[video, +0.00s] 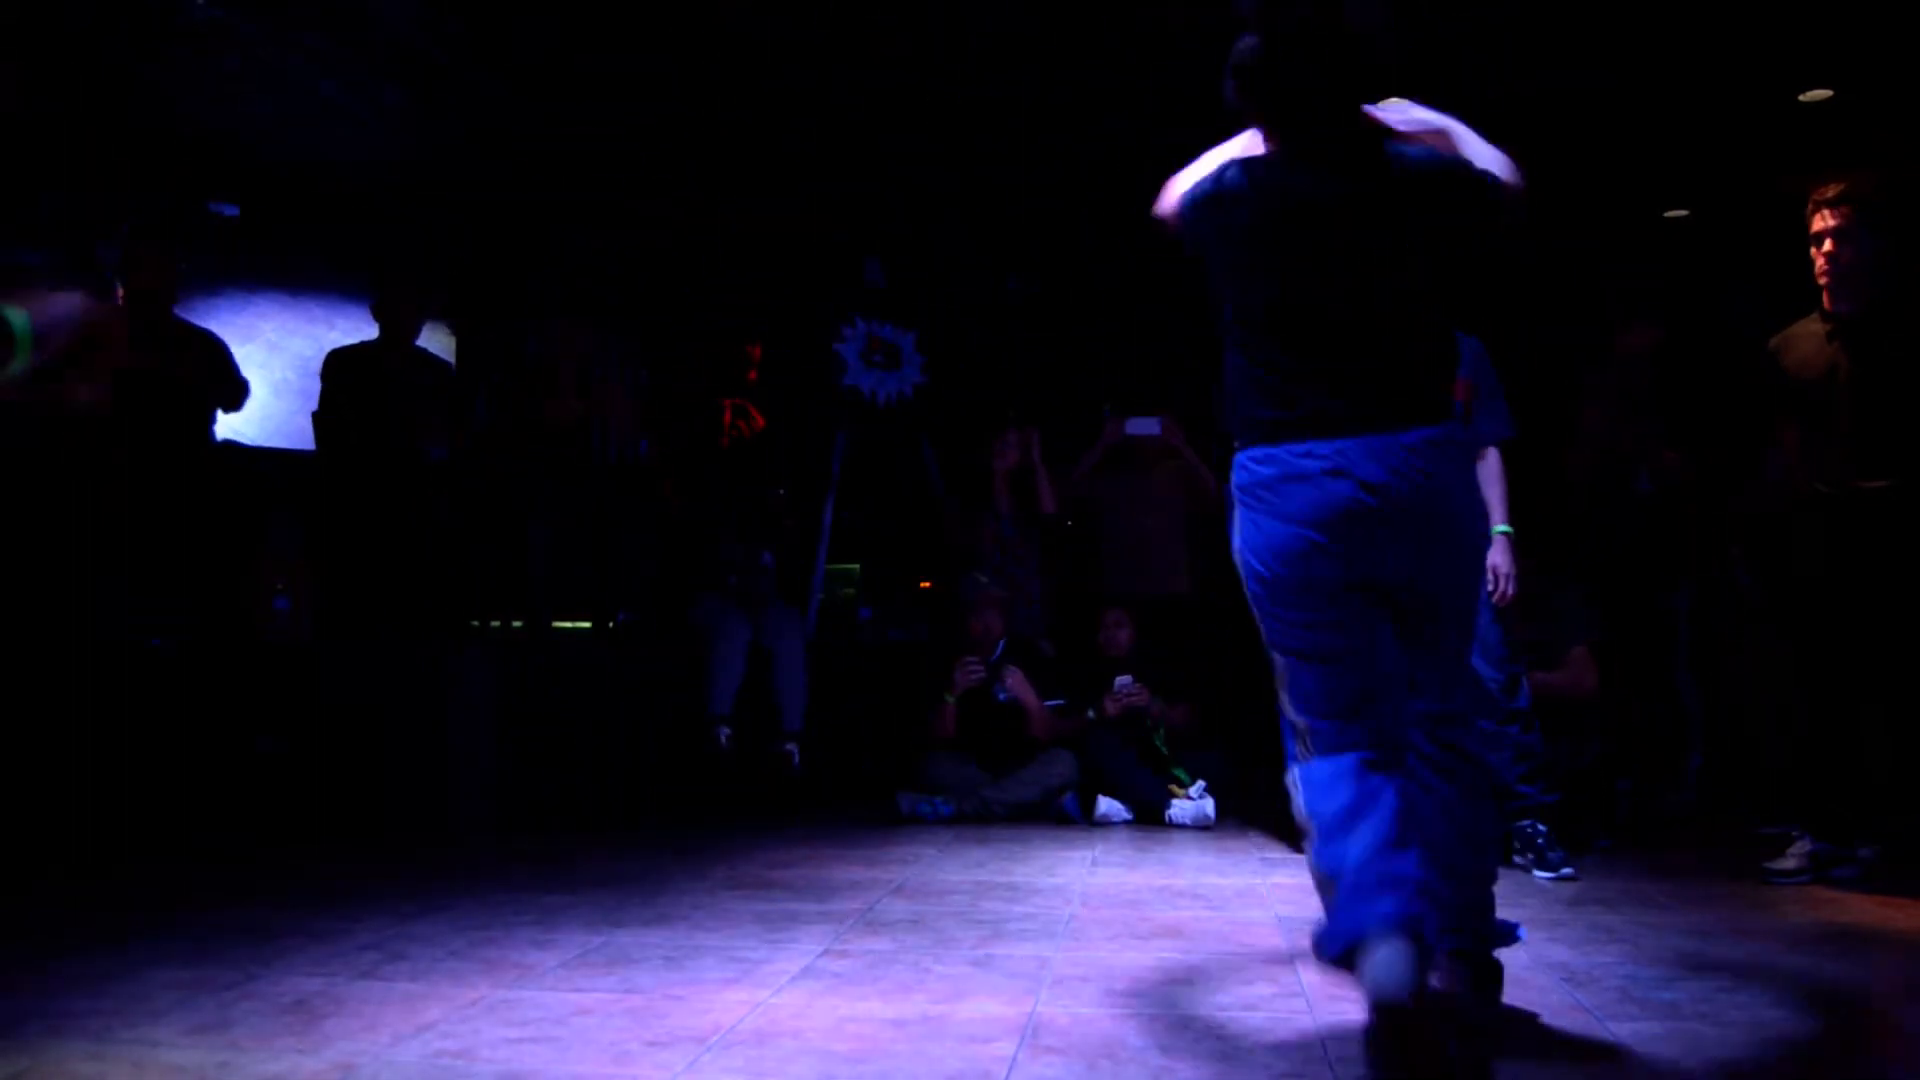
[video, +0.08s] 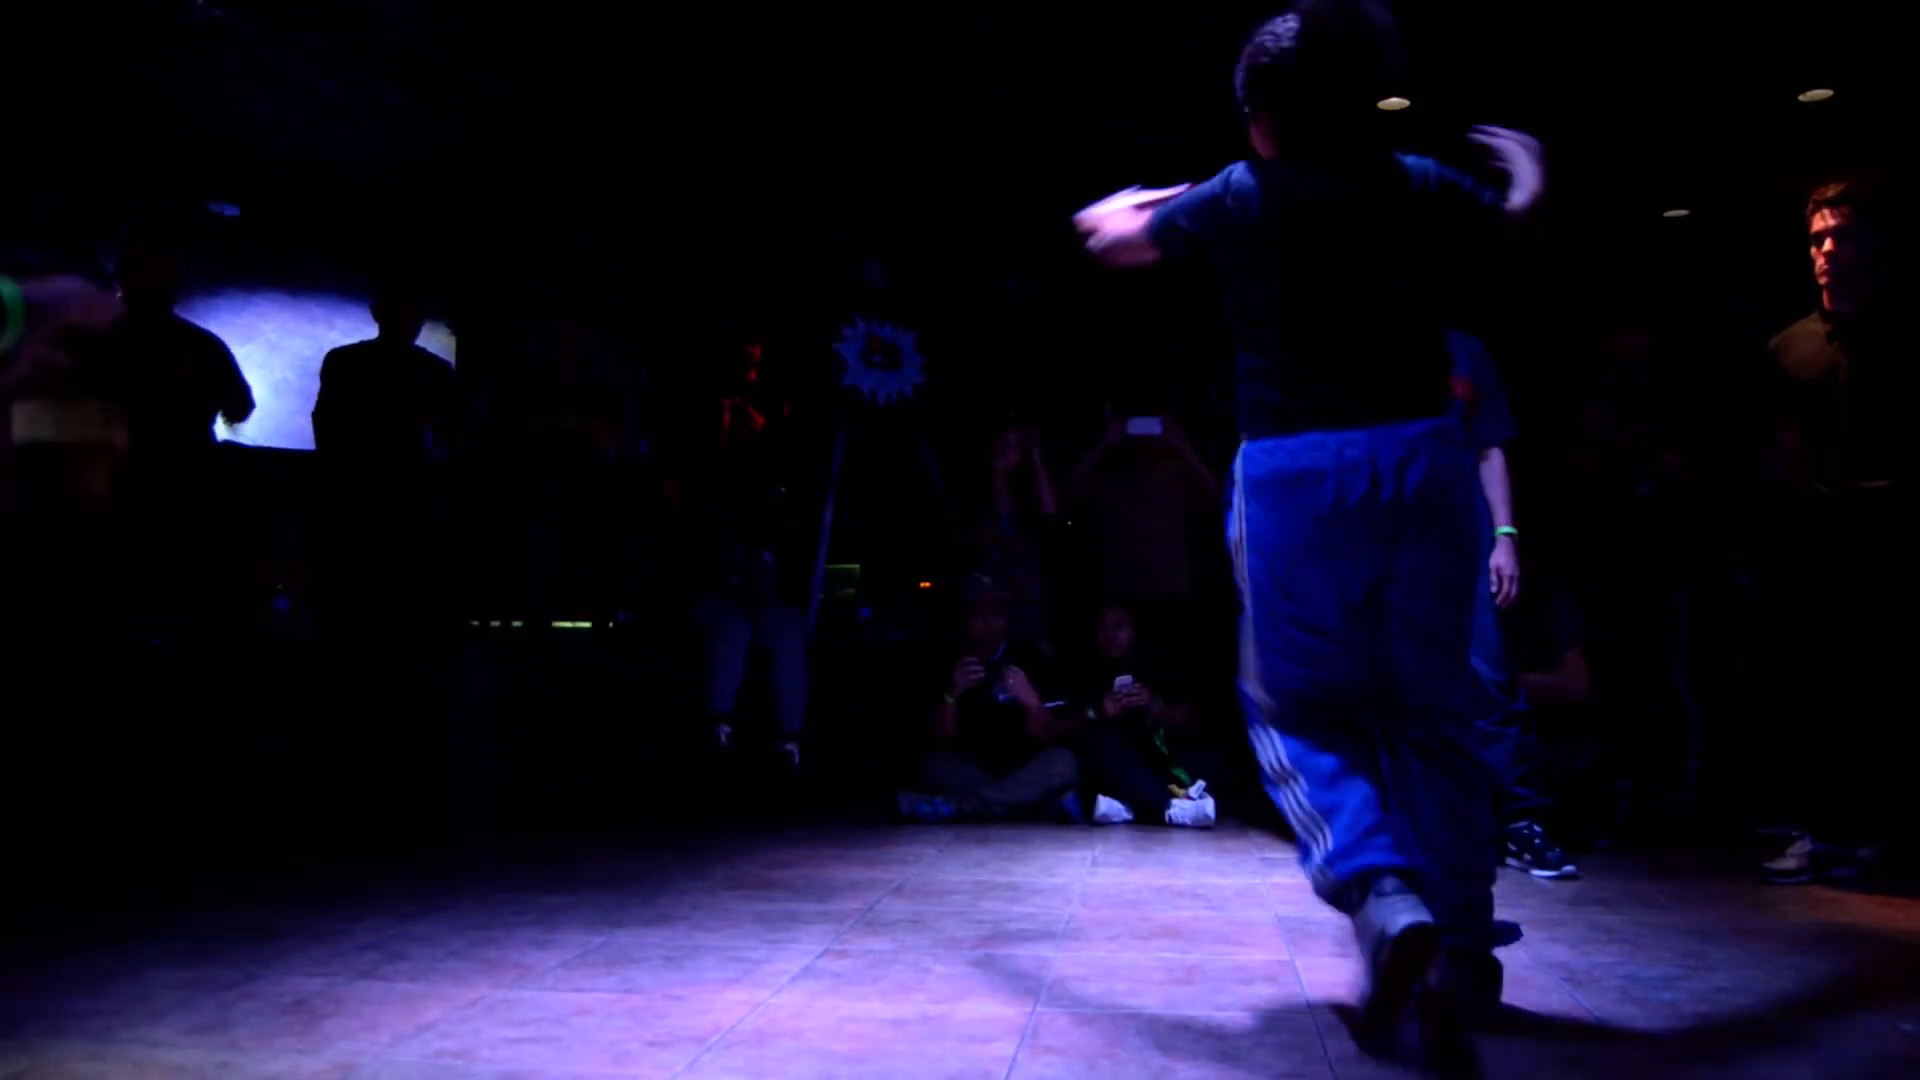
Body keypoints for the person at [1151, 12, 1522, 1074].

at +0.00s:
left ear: (1260, 113)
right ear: (1356, 101)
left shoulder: (1230, 198)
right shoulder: (1417, 179)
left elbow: (1170, 202)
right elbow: (1509, 181)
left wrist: (1260, 137)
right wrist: (1436, 122)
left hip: (1288, 479)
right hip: (1419, 466)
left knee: (1329, 727)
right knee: (1444, 716)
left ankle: (1384, 940)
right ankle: (1460, 950)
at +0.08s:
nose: (1248, 132)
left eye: (1250, 118)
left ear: (1265, 129)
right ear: (1380, 109)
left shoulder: (1243, 203)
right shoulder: (1429, 190)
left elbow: (1105, 233)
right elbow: (1518, 204)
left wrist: (1136, 207)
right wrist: (1527, 164)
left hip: (1293, 470)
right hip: (1427, 460)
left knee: (1292, 702)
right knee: (1437, 705)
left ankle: (1383, 895)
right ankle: (1462, 955)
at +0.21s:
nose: (1226, 136)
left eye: (1231, 119)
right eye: (1230, 119)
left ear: (1252, 125)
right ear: (1339, 120)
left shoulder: (1229, 212)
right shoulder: (1396, 205)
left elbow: (1098, 291)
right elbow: (1494, 264)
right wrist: (1586, 286)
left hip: (1280, 463)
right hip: (1404, 456)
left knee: (1239, 683)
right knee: (1424, 699)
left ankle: (1304, 886)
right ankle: (1461, 947)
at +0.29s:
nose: (1205, 159)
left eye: (1213, 138)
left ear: (1230, 144)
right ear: (1321, 136)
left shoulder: (1212, 231)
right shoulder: (1368, 227)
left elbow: (1105, 328)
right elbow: (1463, 322)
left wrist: (967, 412)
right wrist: (1521, 366)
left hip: (1257, 491)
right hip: (1375, 479)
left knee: (1223, 693)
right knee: (1416, 697)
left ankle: (1224, 899)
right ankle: (1458, 945)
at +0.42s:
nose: (1150, 204)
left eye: (1156, 186)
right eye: (1154, 185)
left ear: (1178, 186)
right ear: (1254, 175)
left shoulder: (1170, 274)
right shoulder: (1324, 265)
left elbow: (1106, 385)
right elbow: (1379, 385)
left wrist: (1003, 494)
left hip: (1219, 508)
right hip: (1330, 498)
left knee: (1191, 709)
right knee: (1371, 703)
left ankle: (1184, 899)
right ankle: (1460, 939)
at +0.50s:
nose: (1096, 223)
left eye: (1103, 207)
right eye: (1099, 206)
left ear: (1123, 209)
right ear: (1201, 200)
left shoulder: (1123, 285)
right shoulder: (1266, 277)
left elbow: (1048, 380)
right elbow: (1334, 374)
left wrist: (910, 455)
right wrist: (1329, 466)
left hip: (1170, 511)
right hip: (1280, 504)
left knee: (1166, 711)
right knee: (1318, 707)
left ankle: (1176, 898)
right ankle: (1426, 874)